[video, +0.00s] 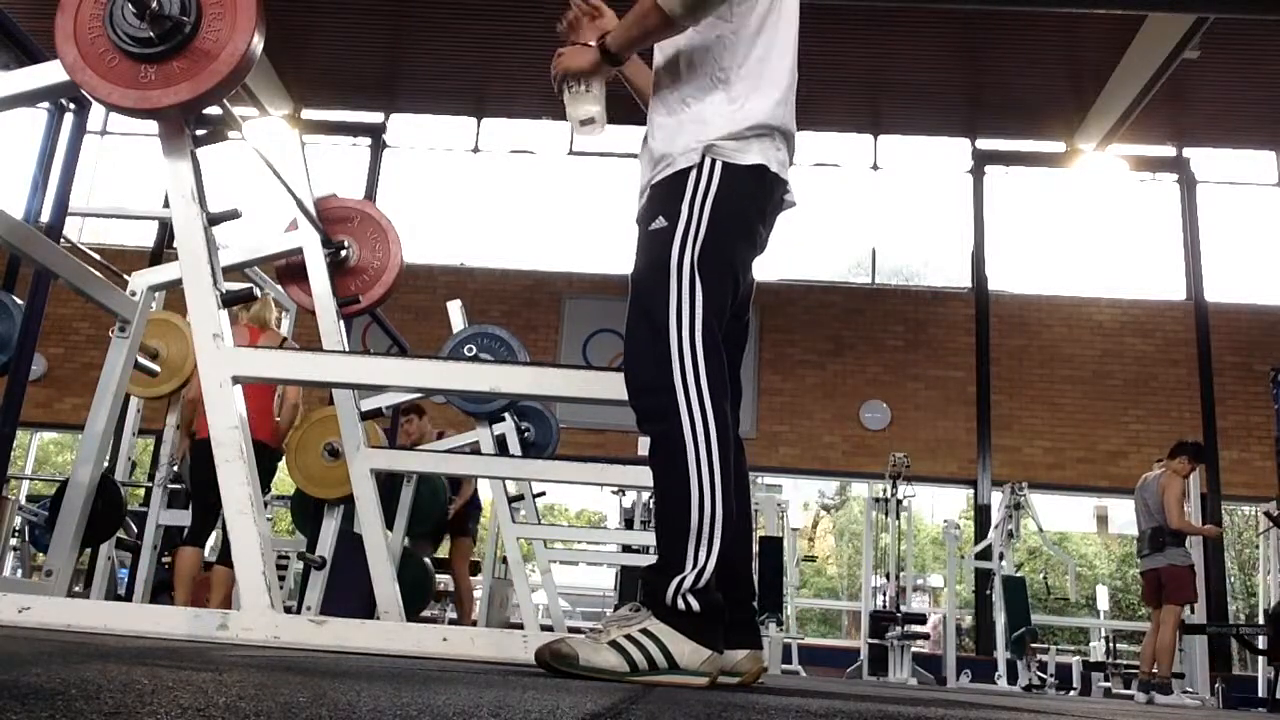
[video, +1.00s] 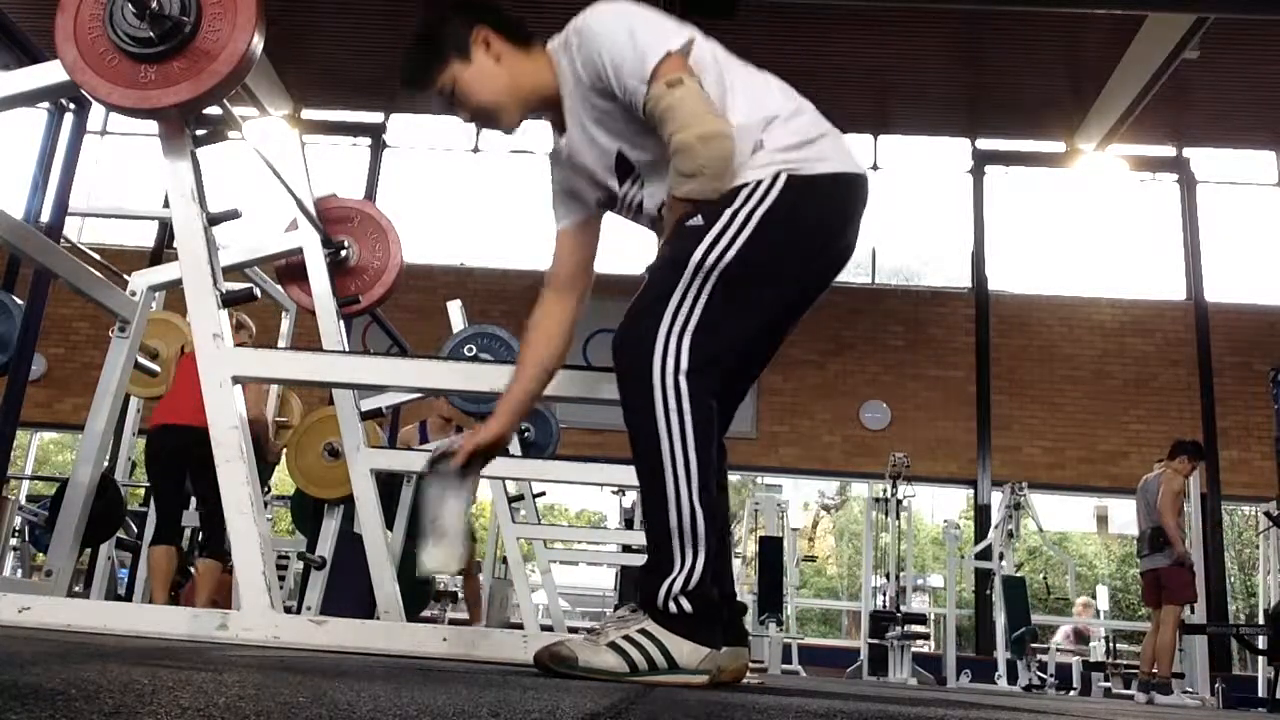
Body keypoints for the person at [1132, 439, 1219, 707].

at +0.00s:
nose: (1190, 475)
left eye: (1193, 470)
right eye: (1192, 469)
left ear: (1174, 459)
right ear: (1181, 461)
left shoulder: (1144, 480)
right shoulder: (1172, 480)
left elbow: (1145, 525)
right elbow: (1176, 522)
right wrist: (1204, 530)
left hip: (1149, 563)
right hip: (1173, 562)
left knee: (1156, 624)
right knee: (1169, 624)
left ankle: (1143, 685)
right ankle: (1164, 688)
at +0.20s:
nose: (1190, 475)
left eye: (1193, 471)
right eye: (1191, 469)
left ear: (1174, 459)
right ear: (1181, 461)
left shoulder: (1143, 480)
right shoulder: (1171, 480)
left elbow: (1144, 526)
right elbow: (1176, 522)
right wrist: (1205, 531)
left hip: (1149, 563)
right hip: (1172, 562)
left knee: (1156, 623)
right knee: (1169, 623)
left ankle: (1143, 685)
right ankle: (1164, 688)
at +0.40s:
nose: (1190, 475)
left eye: (1193, 471)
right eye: (1191, 469)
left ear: (1174, 458)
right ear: (1181, 461)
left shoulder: (1143, 481)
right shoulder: (1172, 480)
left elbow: (1144, 527)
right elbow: (1174, 521)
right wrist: (1205, 536)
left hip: (1148, 563)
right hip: (1172, 561)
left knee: (1156, 624)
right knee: (1169, 623)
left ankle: (1143, 684)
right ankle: (1163, 687)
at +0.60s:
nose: (1191, 475)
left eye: (1193, 471)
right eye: (1192, 469)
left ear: (1174, 459)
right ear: (1182, 461)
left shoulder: (1143, 481)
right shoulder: (1172, 480)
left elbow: (1142, 525)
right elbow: (1172, 518)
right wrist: (1200, 545)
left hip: (1148, 563)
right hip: (1172, 561)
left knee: (1156, 623)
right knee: (1169, 624)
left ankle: (1143, 684)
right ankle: (1163, 687)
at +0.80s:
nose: (1190, 474)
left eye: (1193, 470)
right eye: (1191, 468)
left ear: (1174, 458)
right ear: (1182, 460)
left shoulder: (1145, 480)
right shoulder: (1173, 478)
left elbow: (1143, 525)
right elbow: (1168, 514)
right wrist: (1186, 545)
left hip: (1149, 563)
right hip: (1170, 561)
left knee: (1156, 624)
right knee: (1169, 624)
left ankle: (1143, 685)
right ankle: (1163, 687)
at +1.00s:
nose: (1191, 473)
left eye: (1194, 468)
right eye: (1193, 467)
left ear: (1174, 459)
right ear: (1183, 460)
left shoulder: (1146, 480)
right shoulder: (1174, 479)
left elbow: (1145, 523)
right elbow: (1166, 515)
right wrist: (1180, 548)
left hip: (1149, 563)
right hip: (1170, 560)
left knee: (1156, 624)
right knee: (1169, 624)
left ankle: (1143, 684)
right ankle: (1163, 687)